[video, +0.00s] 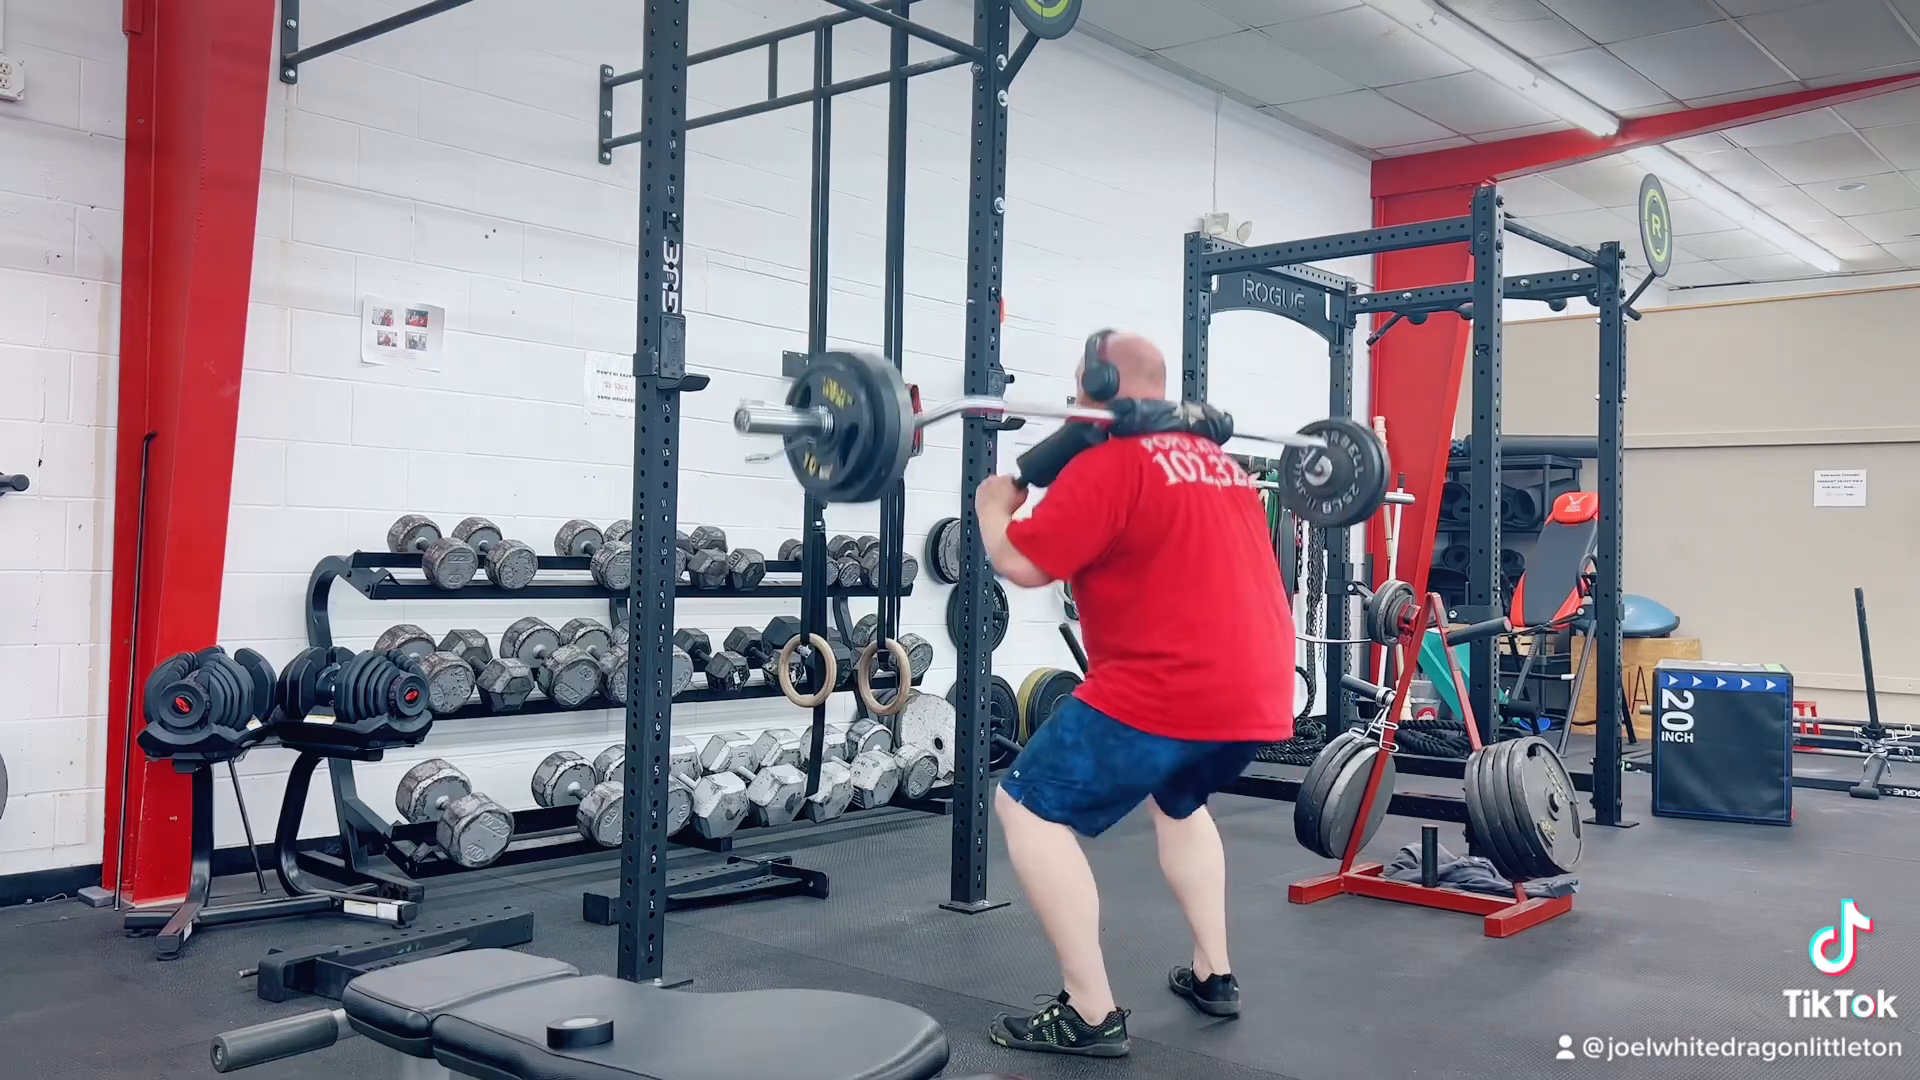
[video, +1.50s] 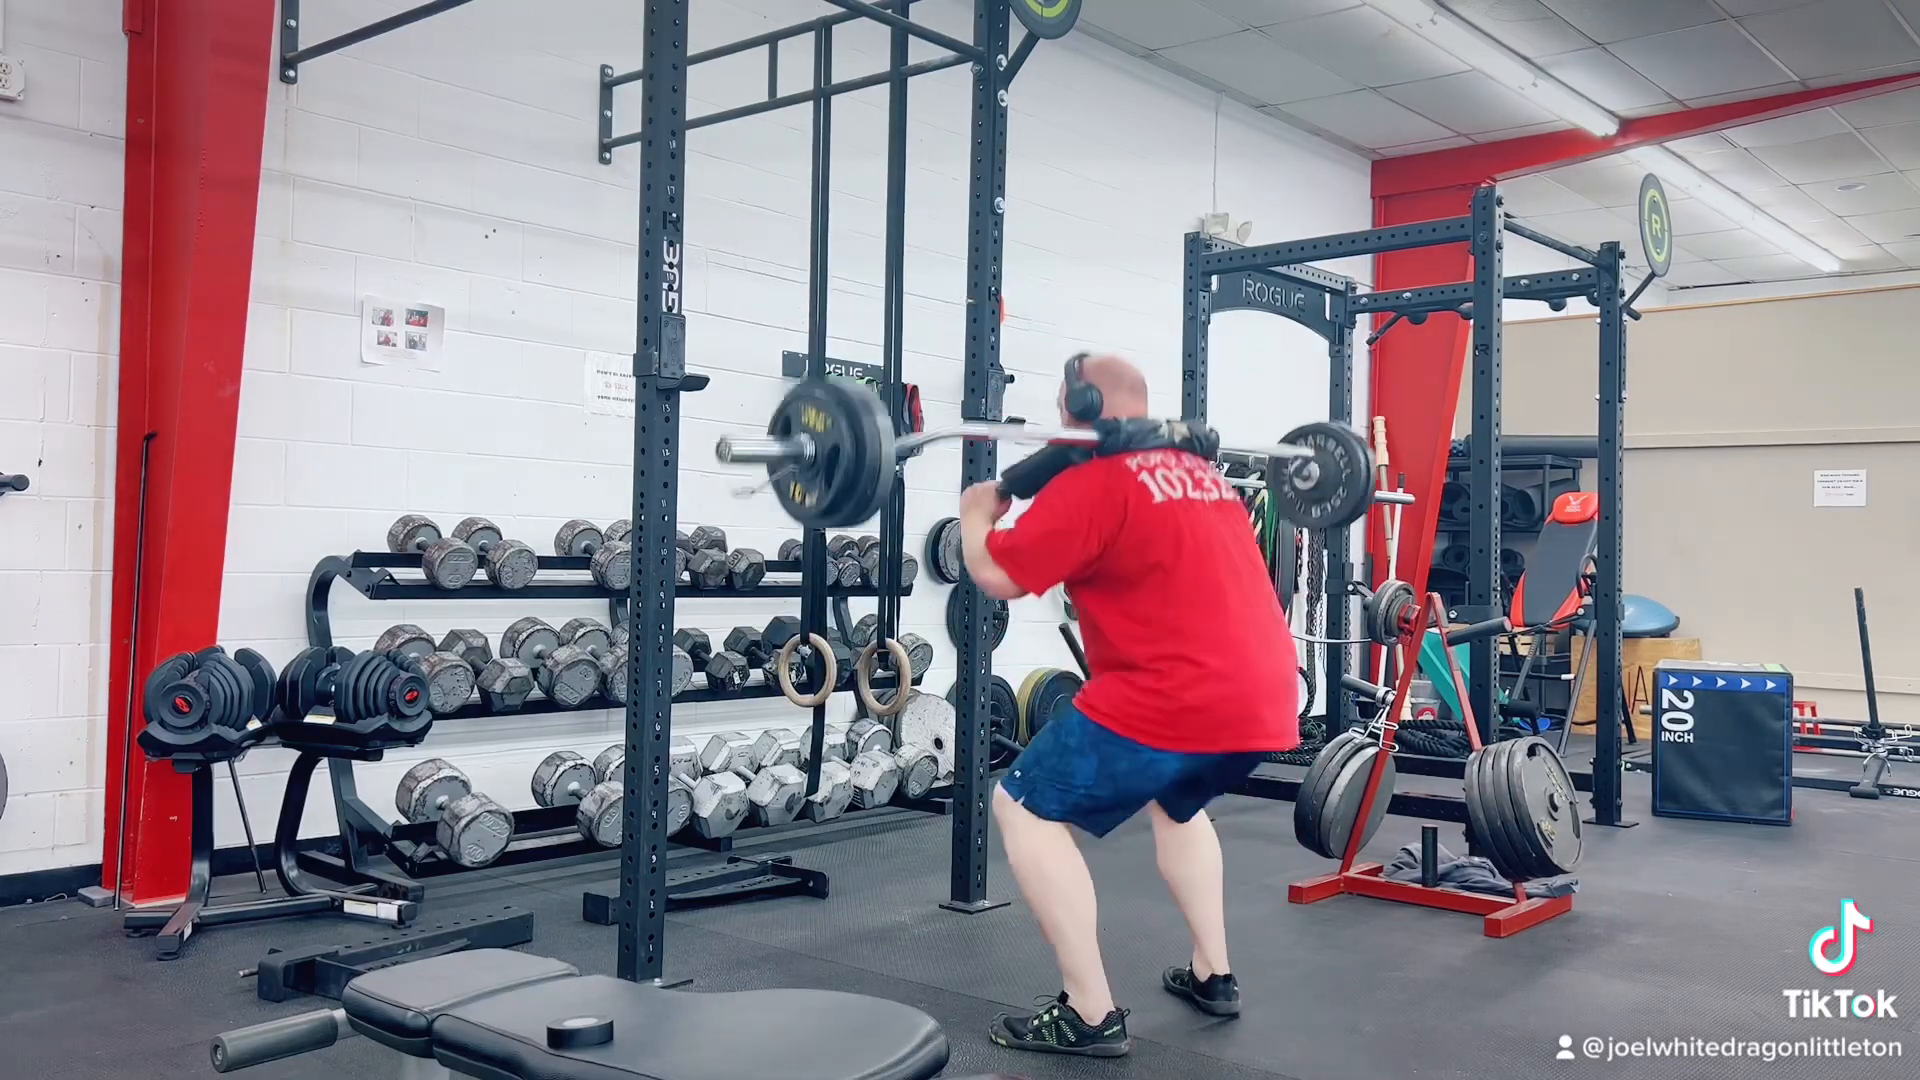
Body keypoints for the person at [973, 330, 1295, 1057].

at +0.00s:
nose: (1075, 402)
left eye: (1078, 389)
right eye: (1076, 390)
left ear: (1098, 393)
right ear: (1163, 389)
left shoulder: (1114, 463)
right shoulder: (1221, 463)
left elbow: (1022, 562)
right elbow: (1256, 569)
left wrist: (992, 506)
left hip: (1159, 692)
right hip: (1261, 696)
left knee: (1026, 802)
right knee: (1178, 800)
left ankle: (1090, 1008)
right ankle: (1215, 973)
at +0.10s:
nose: (1069, 473)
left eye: (1071, 463)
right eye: (1074, 462)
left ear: (1083, 467)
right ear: (1157, 463)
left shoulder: (1107, 534)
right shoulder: (1208, 524)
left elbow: (1013, 639)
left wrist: (983, 569)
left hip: (1179, 753)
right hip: (1274, 753)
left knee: (1009, 810)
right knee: (1178, 811)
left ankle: (1090, 1011)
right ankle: (1214, 974)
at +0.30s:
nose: (1064, 592)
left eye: (1066, 581)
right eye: (1068, 581)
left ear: (1076, 589)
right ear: (1150, 583)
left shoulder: (1100, 657)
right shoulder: (1203, 640)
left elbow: (995, 752)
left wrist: (975, 670)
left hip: (1194, 878)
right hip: (1274, 873)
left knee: (991, 817)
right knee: (1173, 794)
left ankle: (1088, 1009)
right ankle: (1209, 971)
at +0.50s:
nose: (1055, 545)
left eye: (1056, 537)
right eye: (1058, 536)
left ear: (1068, 542)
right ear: (1138, 534)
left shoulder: (1091, 605)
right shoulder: (1196, 587)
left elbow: (995, 707)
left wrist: (970, 639)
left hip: (1188, 806)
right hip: (1278, 802)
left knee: (997, 813)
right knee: (1143, 783)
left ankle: (1088, 1008)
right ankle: (1210, 973)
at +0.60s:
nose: (1052, 468)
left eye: (1053, 458)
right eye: (1056, 458)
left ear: (1066, 461)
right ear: (1140, 453)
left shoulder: (1095, 523)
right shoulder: (1200, 514)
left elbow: (1007, 627)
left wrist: (971, 572)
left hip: (1162, 731)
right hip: (1261, 732)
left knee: (1003, 808)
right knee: (1167, 813)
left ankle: (1088, 1008)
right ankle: (1210, 975)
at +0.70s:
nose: (1057, 389)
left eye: (1061, 375)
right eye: (1059, 375)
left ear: (1083, 377)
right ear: (1144, 372)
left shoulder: (1100, 443)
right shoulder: (1206, 443)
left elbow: (1012, 549)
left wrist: (981, 496)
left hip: (1141, 668)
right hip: (1235, 670)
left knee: (1019, 799)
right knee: (1167, 794)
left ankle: (1089, 1007)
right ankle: (1211, 974)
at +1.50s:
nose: (1060, 427)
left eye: (1061, 414)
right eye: (1061, 415)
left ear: (1079, 414)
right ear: (1145, 405)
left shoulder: (1099, 480)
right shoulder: (1202, 470)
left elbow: (997, 575)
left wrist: (975, 513)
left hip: (1165, 703)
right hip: (1267, 703)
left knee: (1024, 803)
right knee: (1176, 803)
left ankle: (1090, 1010)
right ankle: (1214, 975)